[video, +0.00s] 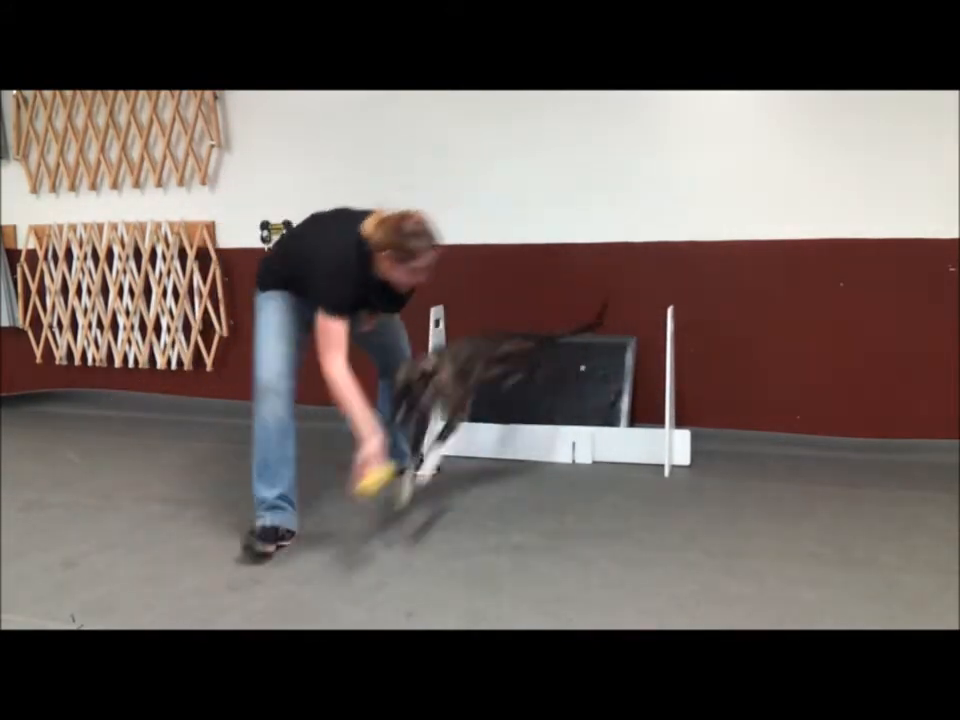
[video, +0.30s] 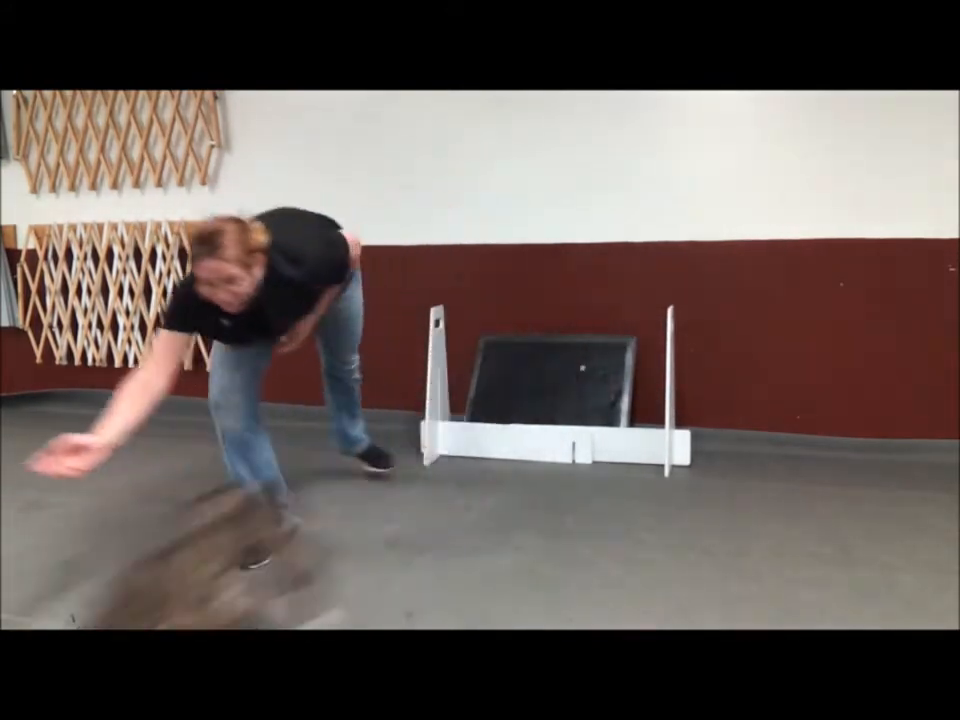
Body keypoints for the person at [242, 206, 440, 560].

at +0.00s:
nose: (422, 279)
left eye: (426, 271)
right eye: (417, 271)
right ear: (387, 261)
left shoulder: (404, 264)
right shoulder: (338, 260)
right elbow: (333, 362)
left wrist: (373, 313)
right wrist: (369, 436)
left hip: (357, 294)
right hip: (288, 287)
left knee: (399, 368)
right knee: (273, 389)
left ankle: (396, 463)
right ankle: (275, 516)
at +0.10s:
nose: (349, 302)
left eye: (358, 292)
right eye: (338, 293)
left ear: (371, 283)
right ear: (312, 282)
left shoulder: (376, 266)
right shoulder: (281, 289)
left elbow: (367, 303)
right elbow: (288, 378)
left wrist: (339, 335)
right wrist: (289, 470)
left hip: (347, 313)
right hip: (266, 300)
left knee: (385, 374)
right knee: (245, 403)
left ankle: (385, 446)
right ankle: (269, 524)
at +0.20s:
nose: (276, 311)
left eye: (285, 300)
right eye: (264, 301)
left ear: (305, 288)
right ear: (245, 292)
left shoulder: (340, 269)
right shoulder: (232, 305)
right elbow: (216, 380)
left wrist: (320, 337)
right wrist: (190, 458)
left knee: (359, 372)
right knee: (240, 408)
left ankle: (383, 455)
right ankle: (260, 502)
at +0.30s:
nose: (219, 294)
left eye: (228, 281)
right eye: (208, 285)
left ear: (256, 265)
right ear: (195, 277)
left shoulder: (307, 255)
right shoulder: (192, 296)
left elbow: (351, 252)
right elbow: (155, 369)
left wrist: (309, 323)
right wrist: (102, 440)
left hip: (325, 284)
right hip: (246, 322)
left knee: (344, 367)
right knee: (231, 410)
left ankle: (355, 441)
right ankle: (272, 509)